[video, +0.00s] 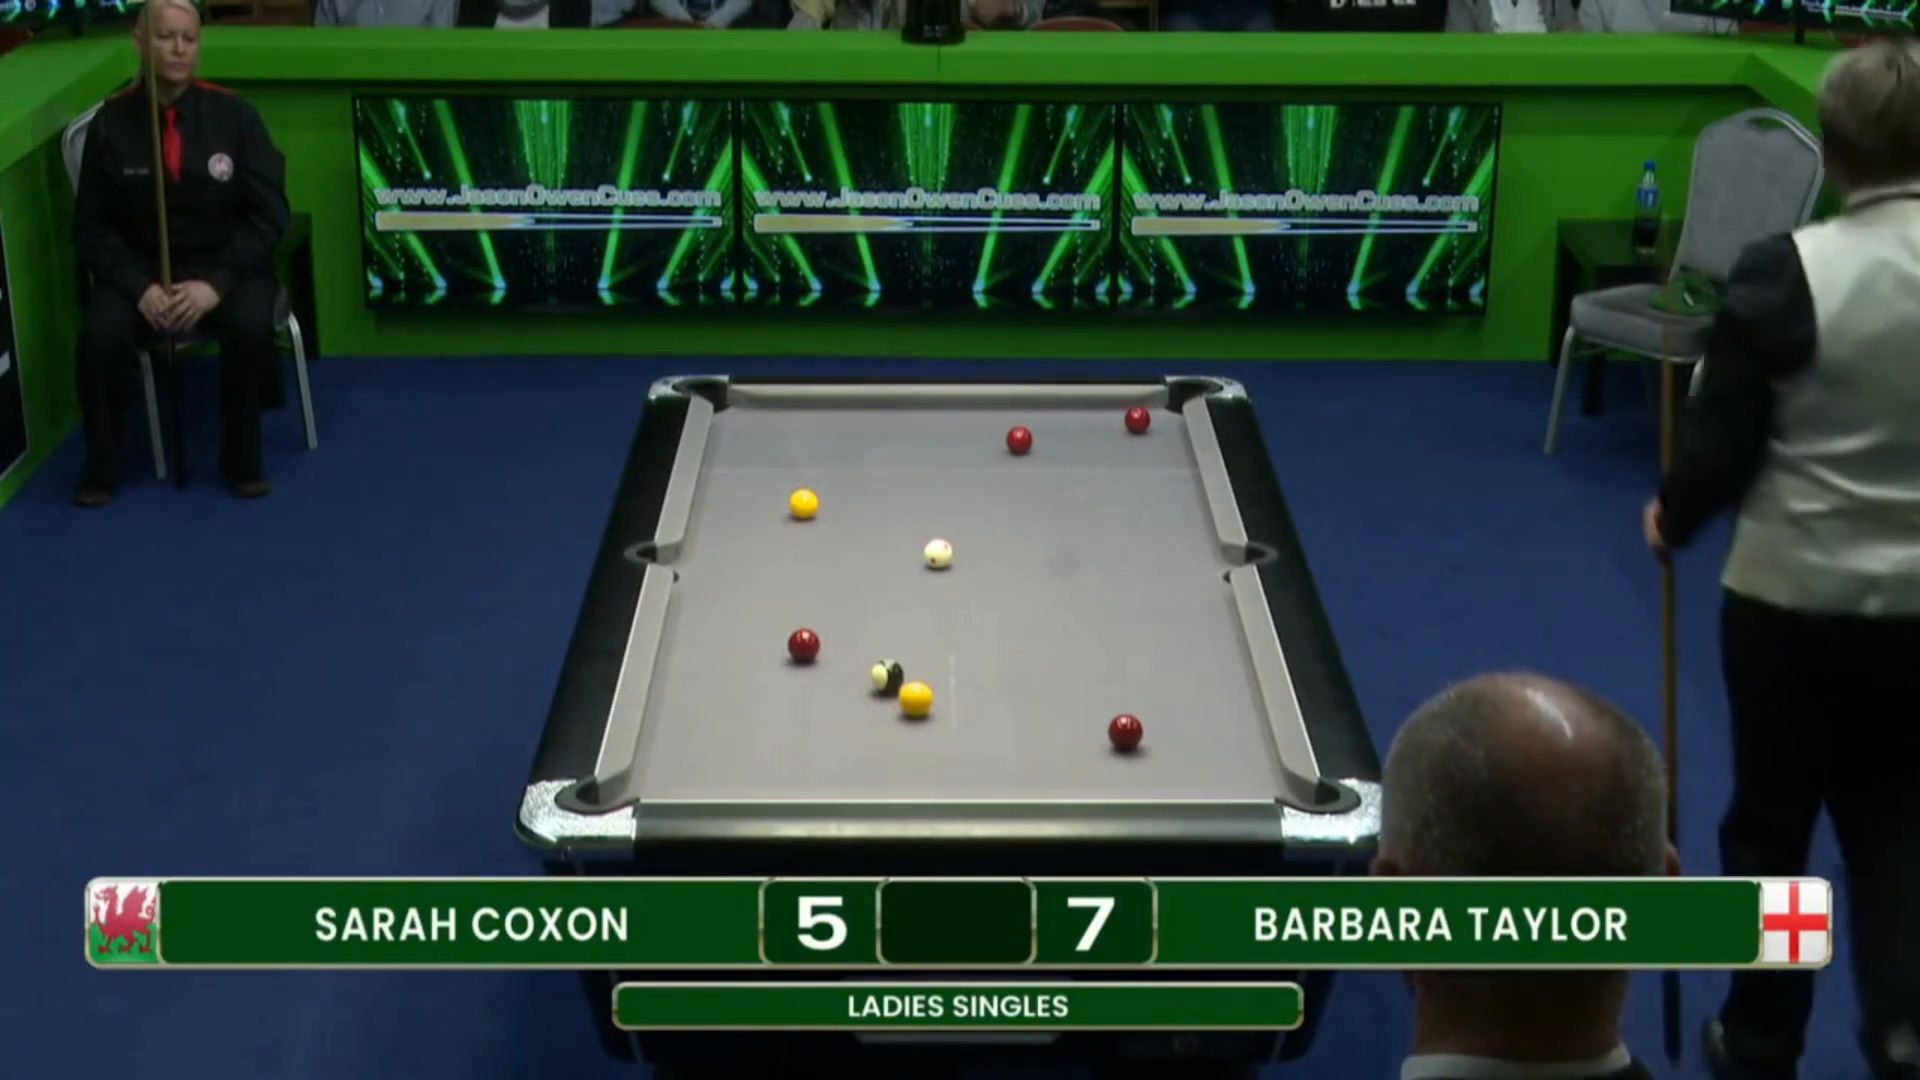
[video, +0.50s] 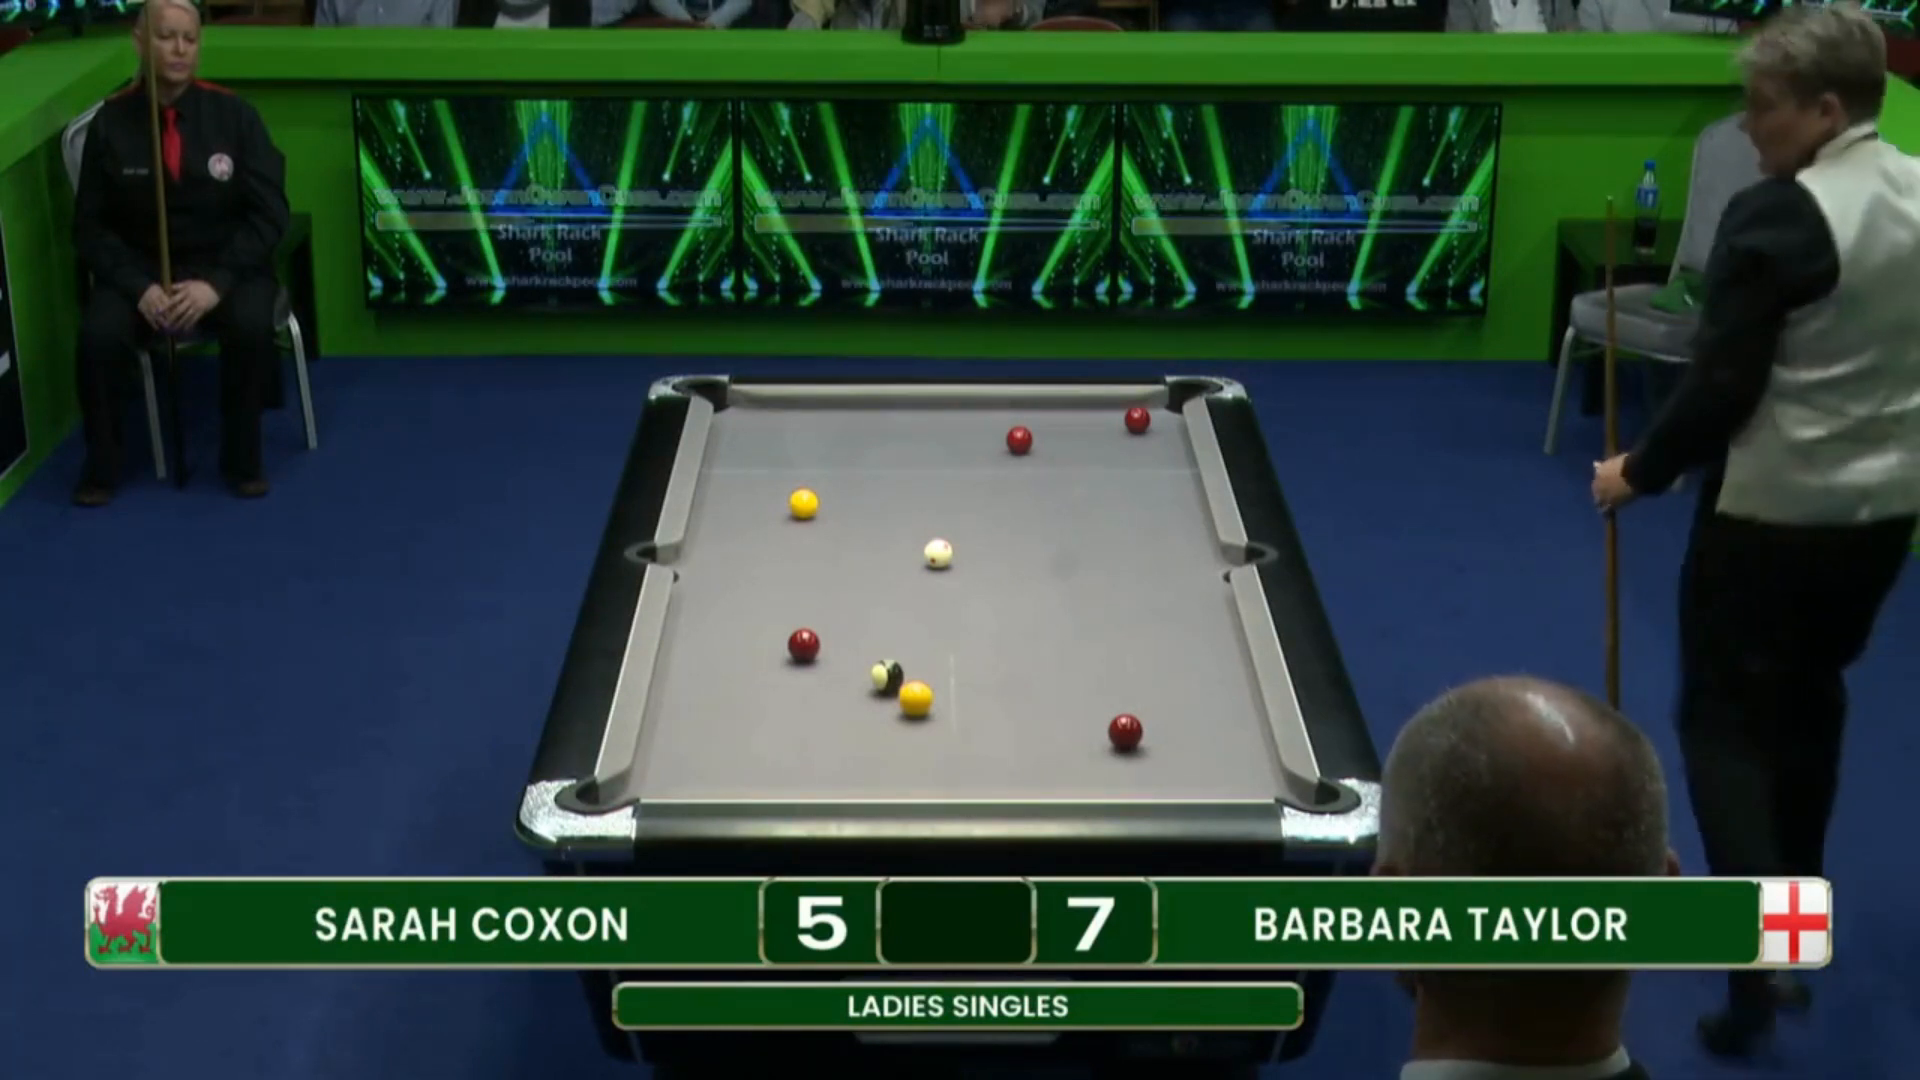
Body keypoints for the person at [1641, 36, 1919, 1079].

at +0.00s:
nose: (1821, 149)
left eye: (1825, 135)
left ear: (1836, 149)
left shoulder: (1792, 269)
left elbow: (1725, 440)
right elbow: (1729, 436)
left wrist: (1674, 513)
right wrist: (1682, 504)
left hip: (1790, 602)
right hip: (1911, 605)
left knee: (1768, 824)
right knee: (1897, 831)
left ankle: (1762, 1037)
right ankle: (1903, 1036)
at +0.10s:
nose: (1799, 145)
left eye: (1803, 130)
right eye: (1803, 129)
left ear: (1821, 138)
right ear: (1910, 131)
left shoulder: (1776, 249)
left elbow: (1714, 419)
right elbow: (1718, 415)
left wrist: (1656, 485)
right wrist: (1669, 478)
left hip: (1780, 575)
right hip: (1903, 574)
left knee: (1764, 795)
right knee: (1869, 773)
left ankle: (1764, 1028)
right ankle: (1866, 990)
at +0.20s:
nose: (1783, 138)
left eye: (1788, 122)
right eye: (1785, 121)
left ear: (1814, 130)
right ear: (1896, 124)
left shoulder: (1771, 239)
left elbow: (1704, 406)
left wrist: (1647, 477)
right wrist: (1665, 466)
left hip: (1777, 564)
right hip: (1902, 564)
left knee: (1764, 779)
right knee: (1853, 755)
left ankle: (1765, 1027)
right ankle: (1831, 958)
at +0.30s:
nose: (1758, 137)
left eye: (1767, 119)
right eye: (1758, 117)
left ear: (1815, 127)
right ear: (1872, 123)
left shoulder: (1767, 236)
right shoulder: (1919, 212)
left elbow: (1700, 401)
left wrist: (1639, 473)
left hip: (1777, 553)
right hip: (1895, 552)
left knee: (1759, 769)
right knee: (1836, 743)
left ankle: (1766, 1027)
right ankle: (1790, 942)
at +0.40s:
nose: (1752, 135)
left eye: (1763, 117)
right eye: (1753, 115)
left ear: (1821, 123)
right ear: (1858, 120)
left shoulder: (1774, 227)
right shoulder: (1915, 204)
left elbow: (1707, 394)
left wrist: (1637, 473)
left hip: (1776, 540)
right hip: (1889, 537)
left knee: (1754, 757)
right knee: (1822, 722)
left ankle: (1766, 1023)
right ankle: (1794, 930)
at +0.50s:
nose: (1749, 124)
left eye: (1762, 105)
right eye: (1750, 104)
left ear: (1826, 106)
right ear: (1849, 104)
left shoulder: (1779, 215)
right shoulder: (1912, 183)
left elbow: (1721, 381)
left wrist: (1640, 467)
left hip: (1774, 518)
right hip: (1884, 513)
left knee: (1720, 711)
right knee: (1809, 694)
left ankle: (1760, 949)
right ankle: (1796, 914)